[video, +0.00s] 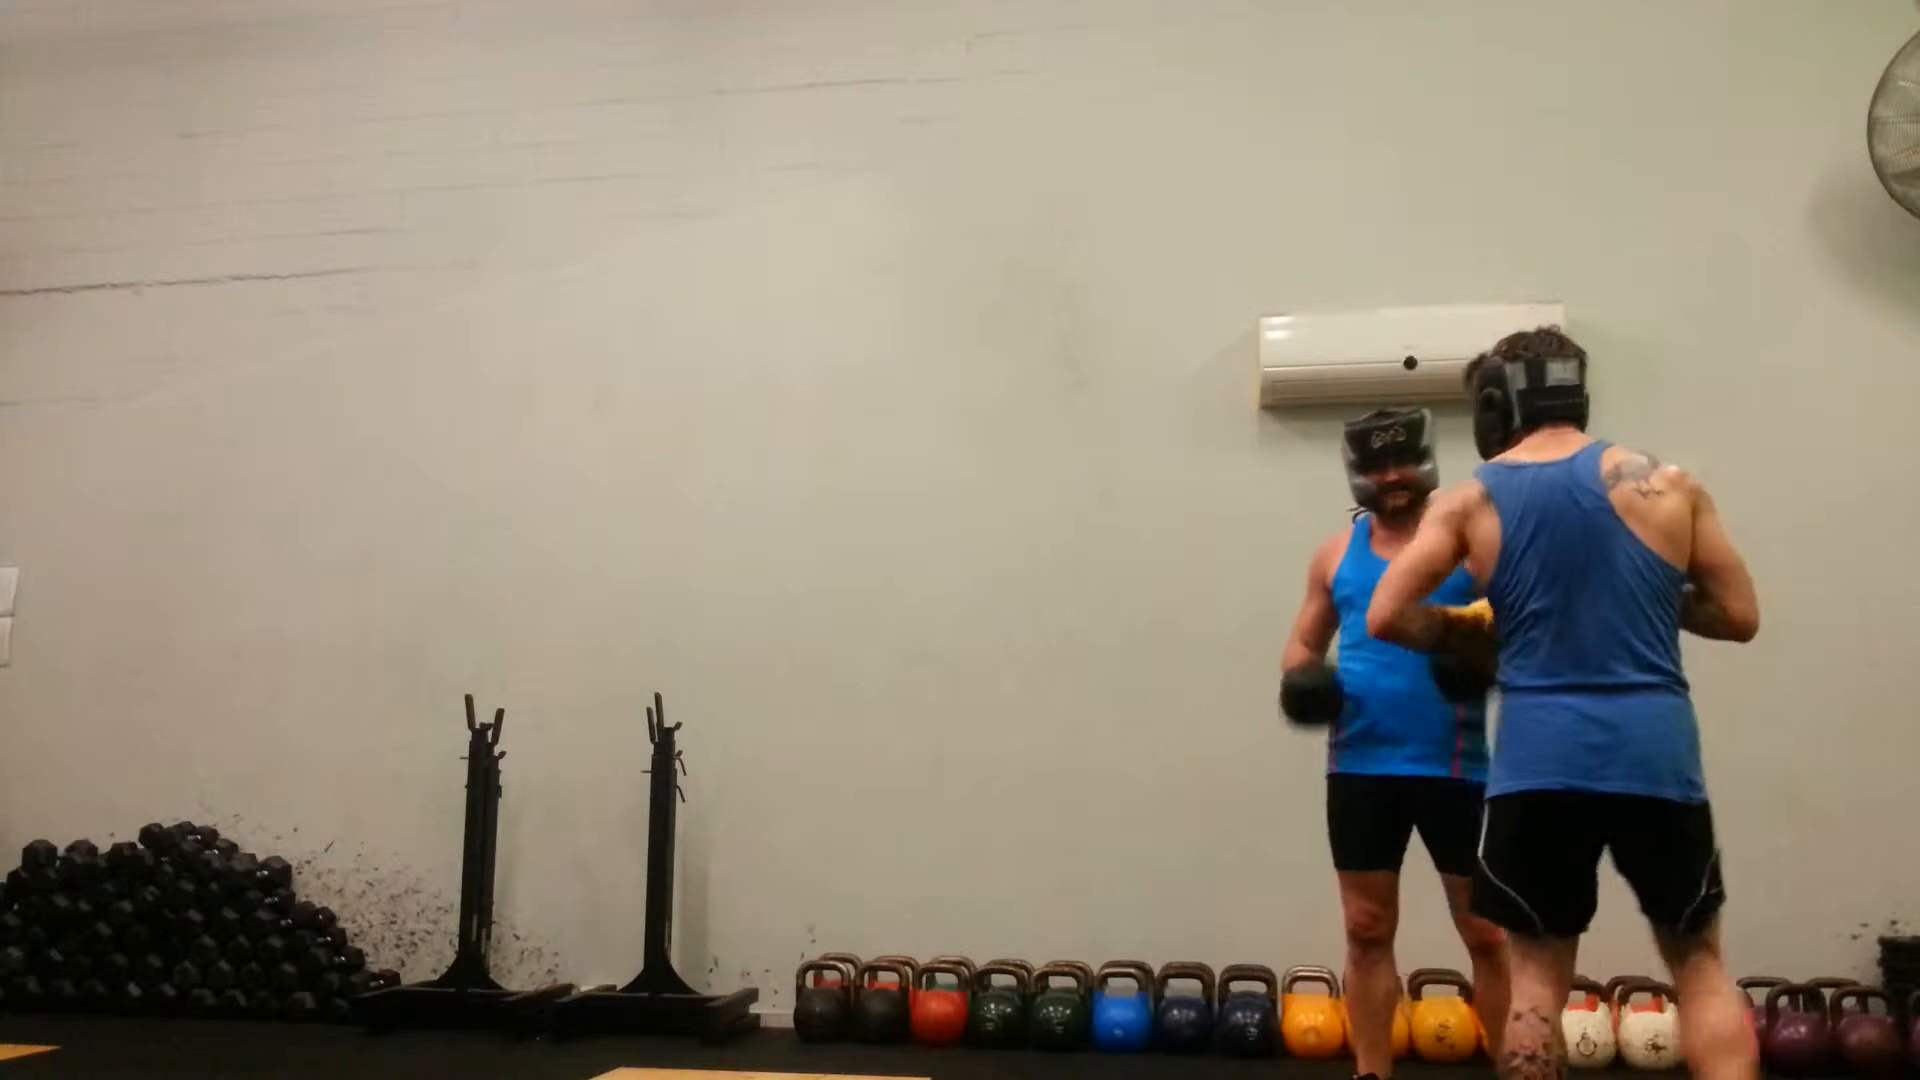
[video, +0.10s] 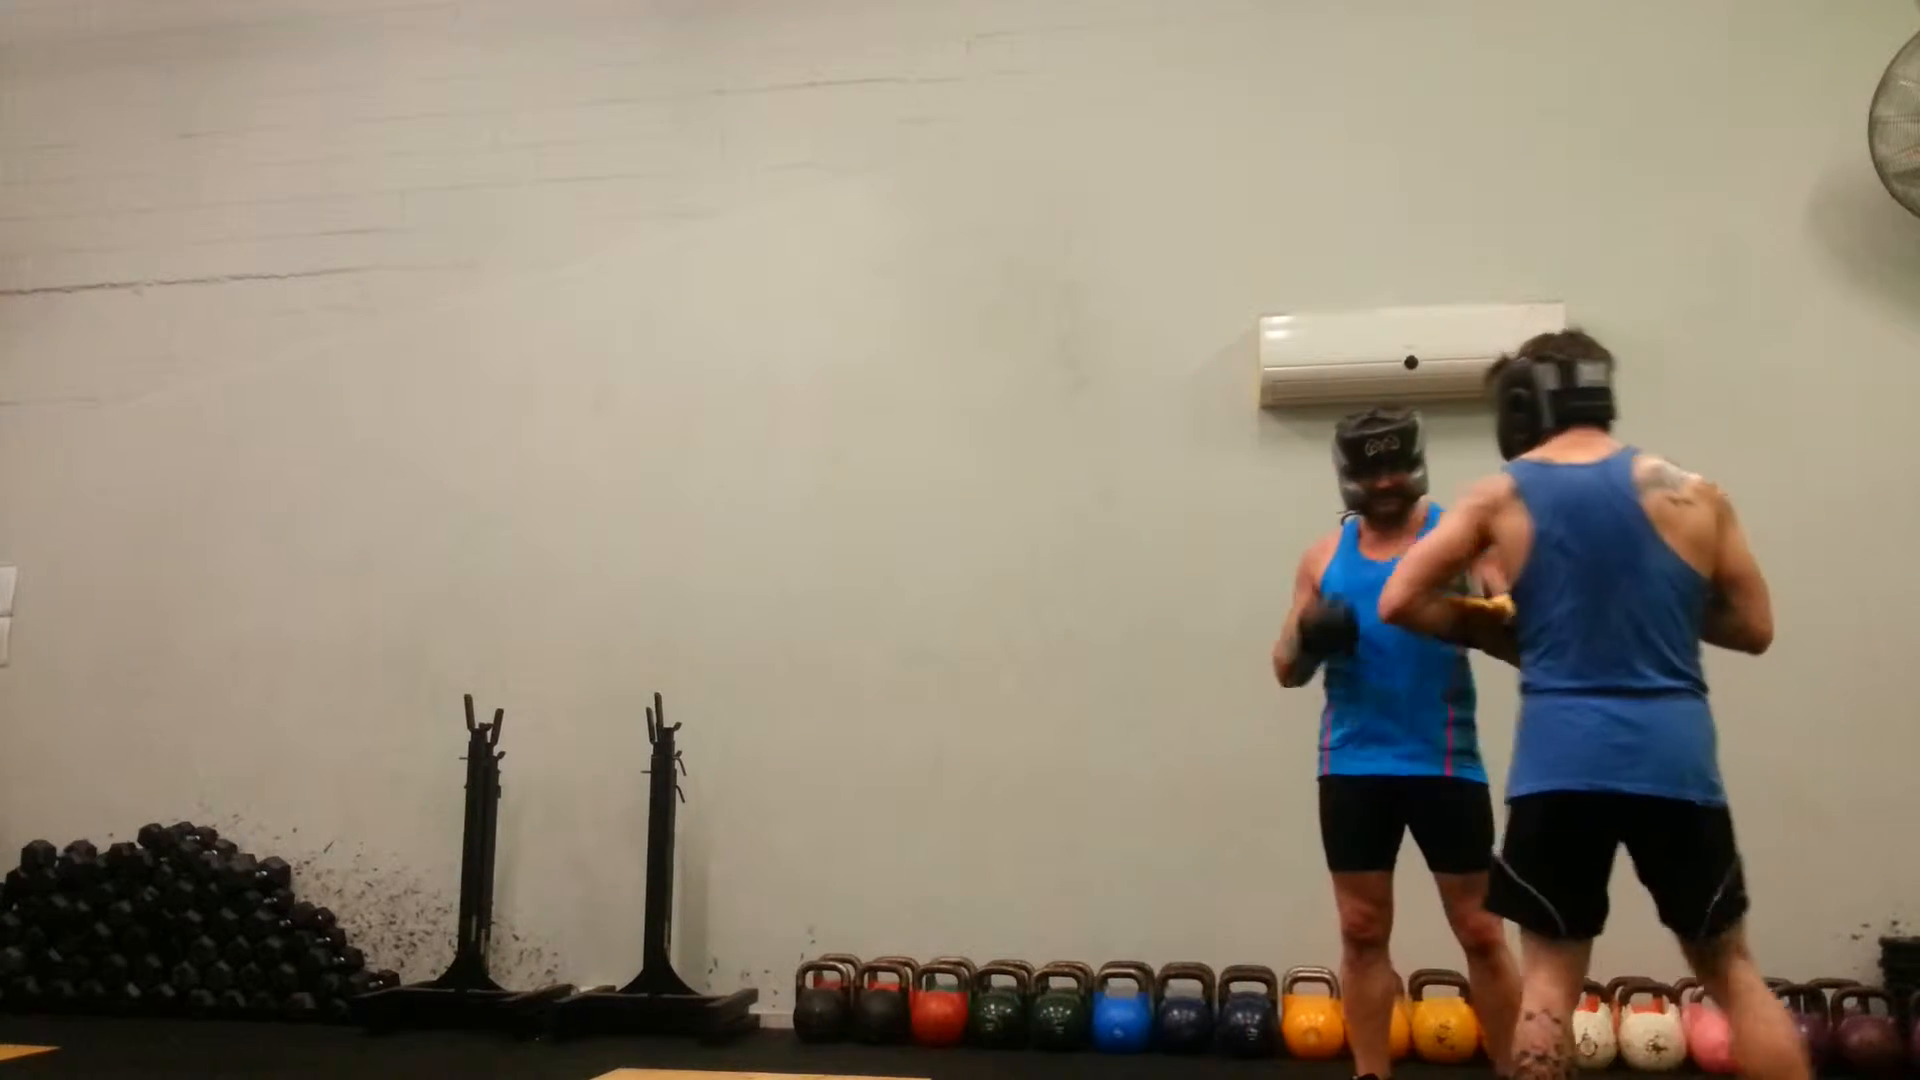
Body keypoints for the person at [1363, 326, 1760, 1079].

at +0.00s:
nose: (1476, 423)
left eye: (1481, 411)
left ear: (1497, 412)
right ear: (1581, 405)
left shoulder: (1471, 499)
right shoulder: (1668, 483)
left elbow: (1390, 615)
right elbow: (1738, 615)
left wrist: (1471, 631)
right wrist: (1642, 589)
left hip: (1536, 775)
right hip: (1659, 772)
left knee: (1537, 970)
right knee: (1697, 959)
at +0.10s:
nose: (1501, 425)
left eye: (1505, 412)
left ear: (1522, 412)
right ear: (1606, 406)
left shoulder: (1499, 496)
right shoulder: (1694, 495)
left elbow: (1401, 603)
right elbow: (1752, 627)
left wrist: (1493, 626)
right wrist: (1655, 594)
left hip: (1556, 775)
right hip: (1678, 774)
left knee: (1551, 969)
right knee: (1730, 966)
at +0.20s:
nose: (1535, 431)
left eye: (1539, 418)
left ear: (1557, 418)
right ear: (1641, 413)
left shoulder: (1542, 493)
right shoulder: (1726, 506)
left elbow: (1433, 596)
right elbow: (1764, 647)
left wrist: (1507, 626)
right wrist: (1681, 596)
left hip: (1584, 782)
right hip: (1701, 784)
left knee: (1561, 981)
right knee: (1767, 986)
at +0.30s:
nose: (1572, 437)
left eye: (1577, 423)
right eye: (1575, 423)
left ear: (1602, 423)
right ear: (1680, 419)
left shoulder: (1590, 494)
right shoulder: (1758, 512)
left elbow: (1489, 595)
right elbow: (1768, 660)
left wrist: (1558, 635)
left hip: (1627, 784)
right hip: (1742, 784)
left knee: (1582, 984)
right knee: (1789, 989)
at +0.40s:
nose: (1603, 451)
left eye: (1606, 436)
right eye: (1600, 438)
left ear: (1635, 429)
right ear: (1705, 425)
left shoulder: (1631, 492)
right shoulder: (1785, 513)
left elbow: (1584, 600)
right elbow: (1775, 630)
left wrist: (1612, 658)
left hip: (1665, 779)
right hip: (1778, 778)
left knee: (1603, 970)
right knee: (1809, 984)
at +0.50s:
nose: (1623, 462)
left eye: (1624, 446)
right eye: (1619, 449)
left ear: (1651, 434)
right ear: (1720, 430)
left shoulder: (1663, 482)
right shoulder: (1800, 512)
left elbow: (1661, 579)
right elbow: (1796, 614)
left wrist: (1612, 614)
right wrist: (1670, 621)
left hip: (1694, 768)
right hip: (1801, 773)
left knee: (1624, 955)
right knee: (1814, 977)